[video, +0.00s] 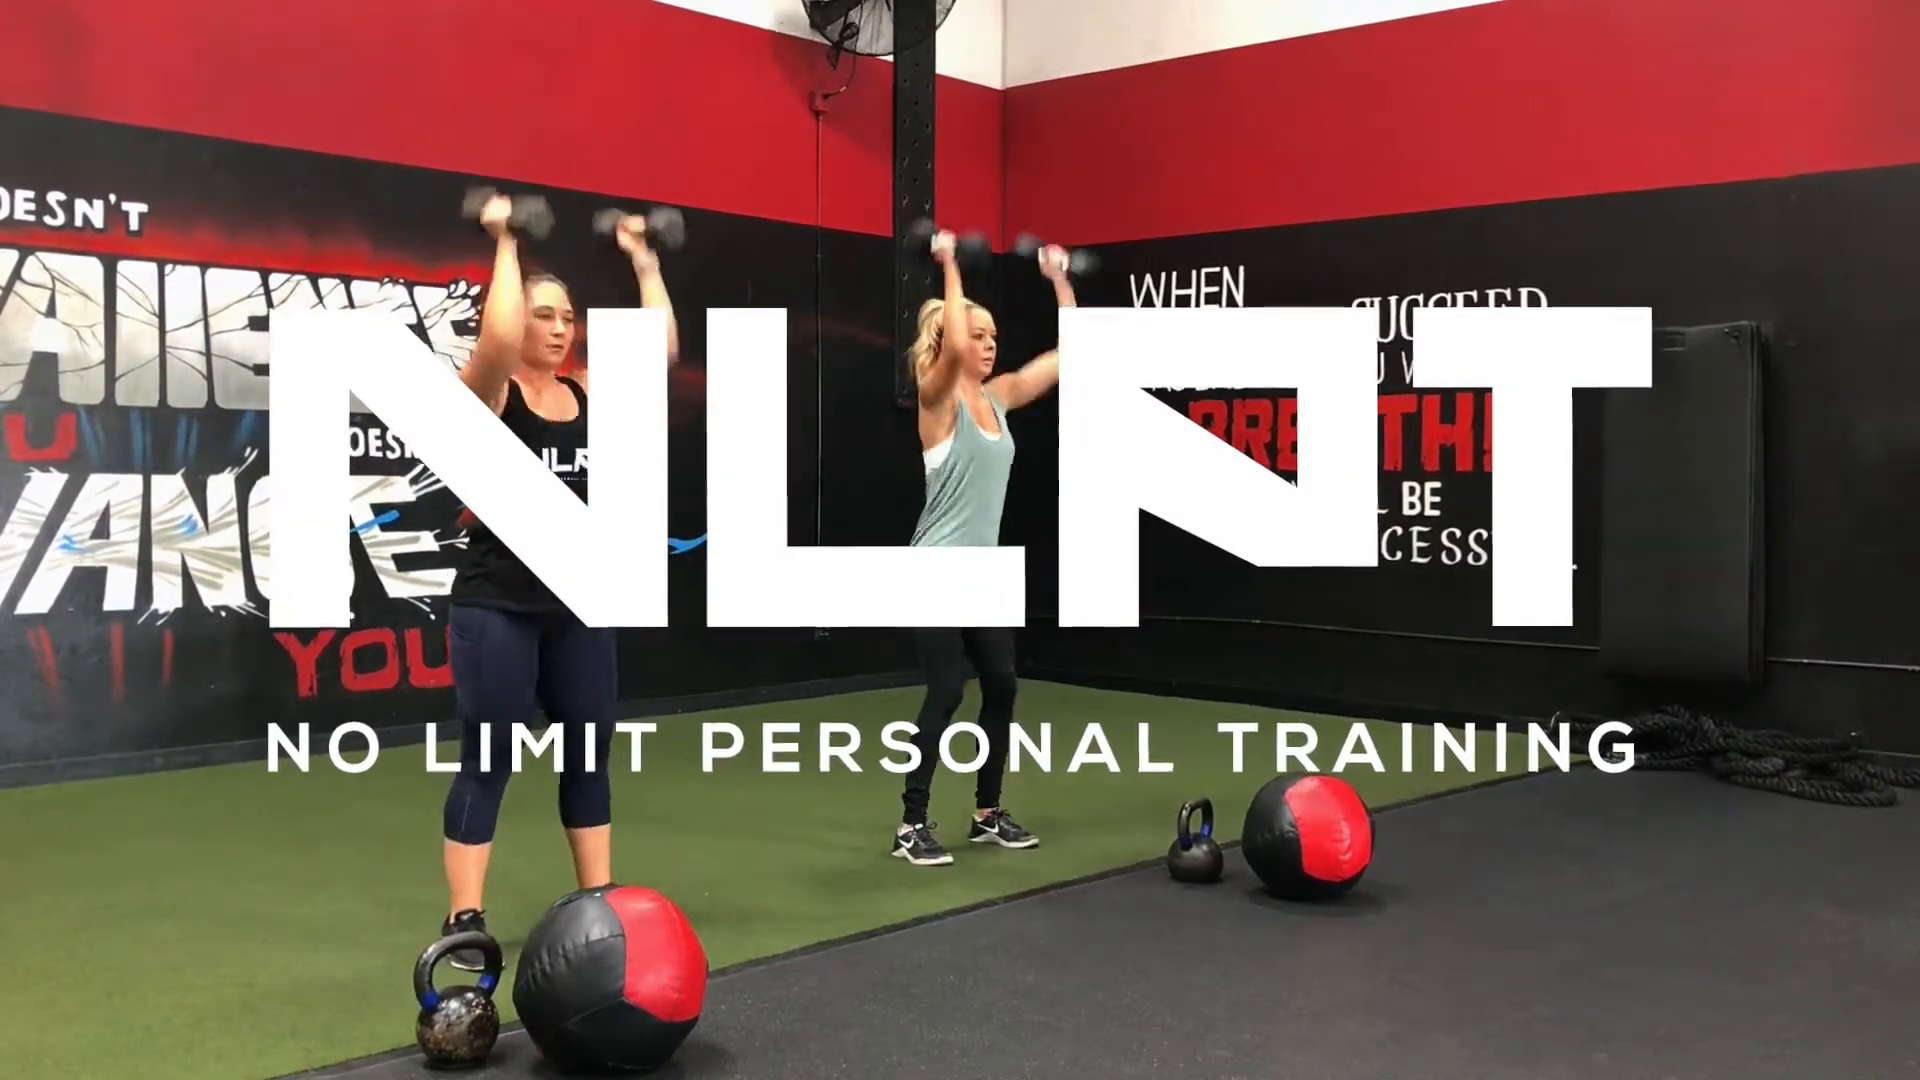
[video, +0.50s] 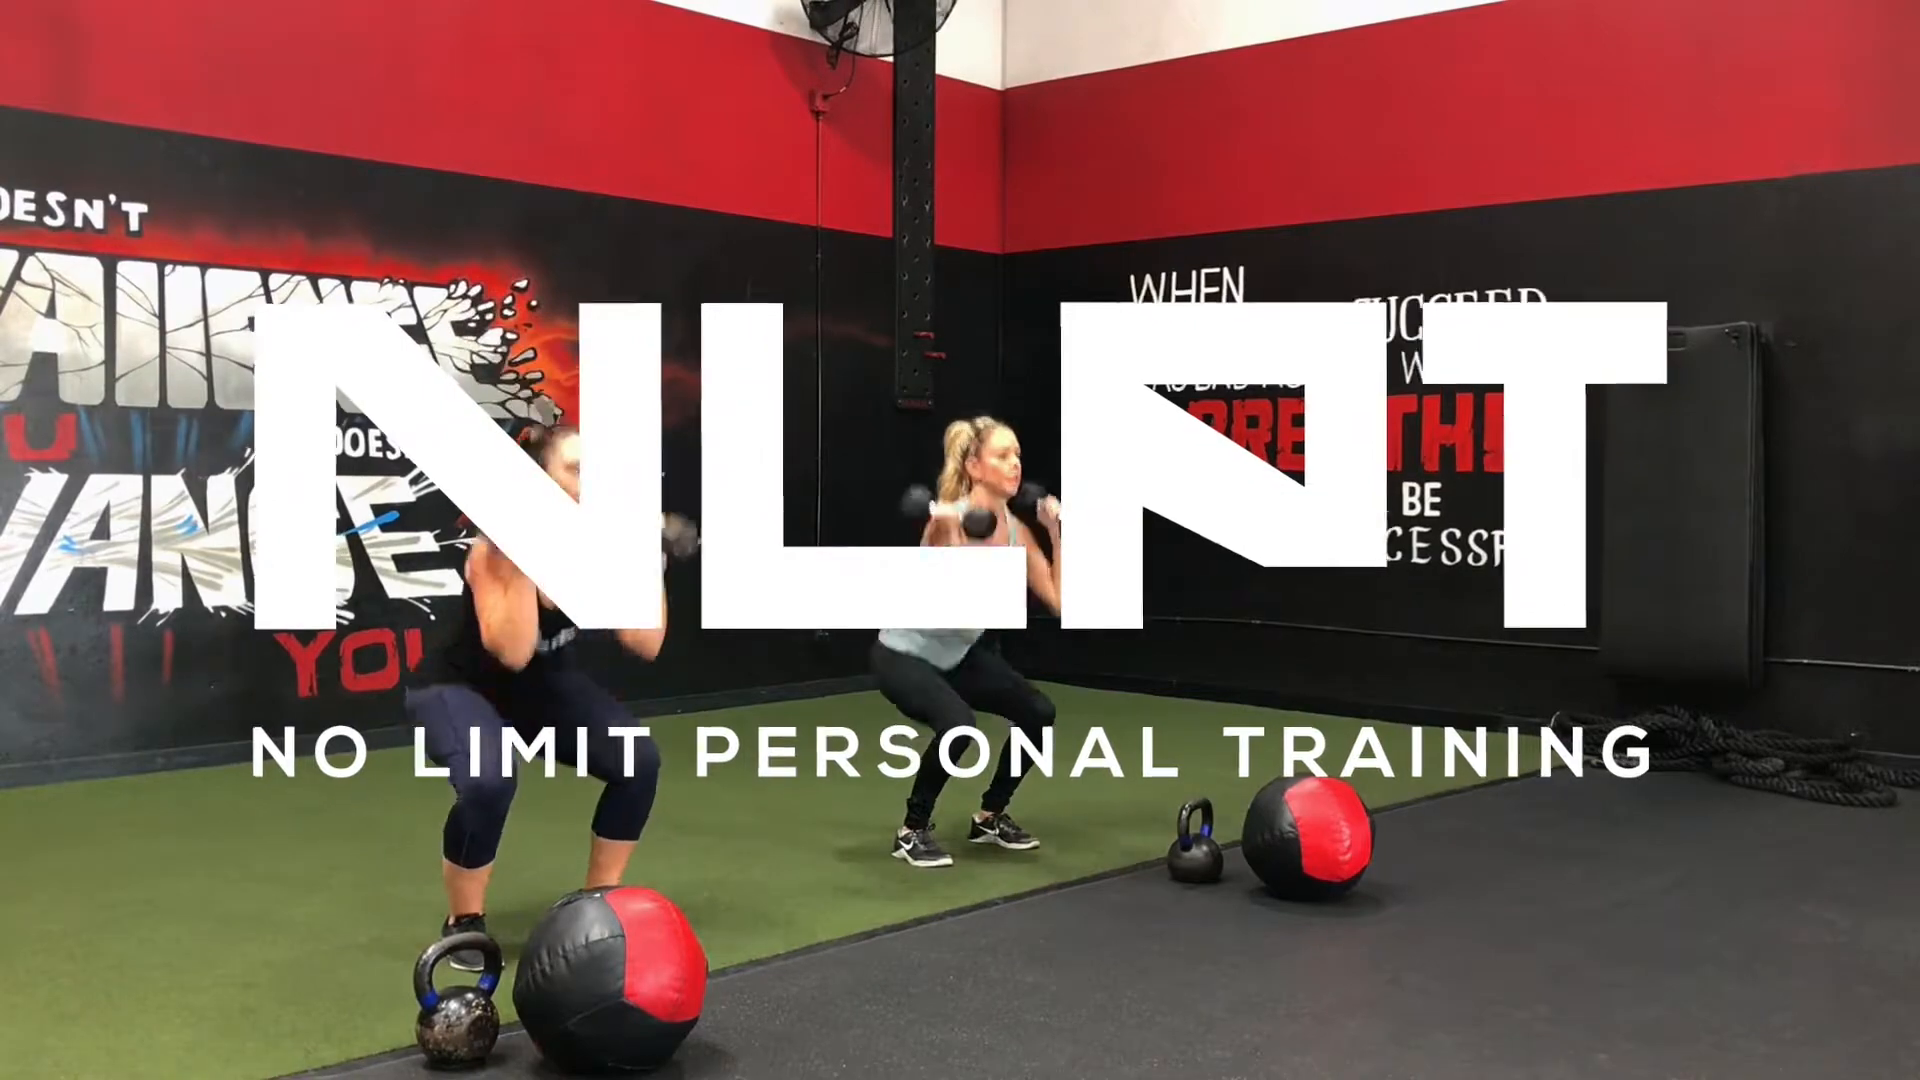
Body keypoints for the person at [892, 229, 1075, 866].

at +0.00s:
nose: (990, 344)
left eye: (992, 336)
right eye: (978, 335)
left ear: (993, 344)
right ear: (949, 344)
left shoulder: (998, 395)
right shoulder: (939, 401)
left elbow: (1069, 356)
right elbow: (956, 345)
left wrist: (1062, 285)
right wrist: (950, 267)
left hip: (990, 571)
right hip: (936, 570)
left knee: (1001, 686)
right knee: (946, 688)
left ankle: (989, 813)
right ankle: (914, 823)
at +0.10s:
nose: (1000, 387)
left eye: (1000, 378)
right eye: (990, 379)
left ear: (994, 387)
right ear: (964, 386)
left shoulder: (1003, 440)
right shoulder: (936, 435)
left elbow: (1066, 461)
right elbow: (952, 466)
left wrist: (1066, 398)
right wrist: (944, 390)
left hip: (973, 600)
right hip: (920, 600)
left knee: (1018, 694)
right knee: (956, 703)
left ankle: (988, 814)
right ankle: (914, 825)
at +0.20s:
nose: (1010, 452)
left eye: (1012, 442)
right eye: (999, 442)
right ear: (966, 450)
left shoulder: (1007, 510)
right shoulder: (943, 505)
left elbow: (1059, 581)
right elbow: (944, 576)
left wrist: (1059, 513)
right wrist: (949, 506)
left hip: (956, 644)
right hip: (903, 646)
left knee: (1034, 709)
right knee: (963, 722)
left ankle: (990, 816)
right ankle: (915, 829)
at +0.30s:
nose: (1019, 504)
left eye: (1019, 494)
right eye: (1006, 494)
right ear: (976, 506)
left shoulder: (1013, 567)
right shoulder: (949, 561)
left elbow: (1048, 648)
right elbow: (953, 654)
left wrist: (1054, 579)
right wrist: (951, 578)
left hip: (956, 683)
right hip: (897, 682)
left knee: (1038, 712)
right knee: (962, 729)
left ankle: (991, 817)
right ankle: (915, 830)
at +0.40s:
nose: (1019, 509)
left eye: (1020, 500)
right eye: (1007, 500)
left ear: (1024, 507)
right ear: (976, 512)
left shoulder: (1012, 571)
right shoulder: (946, 566)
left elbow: (1051, 652)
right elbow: (958, 665)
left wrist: (1056, 586)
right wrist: (950, 585)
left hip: (956, 686)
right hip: (896, 684)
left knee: (1040, 712)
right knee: (960, 728)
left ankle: (990, 816)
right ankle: (914, 831)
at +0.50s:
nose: (1016, 466)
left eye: (1017, 456)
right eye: (1003, 457)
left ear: (1020, 463)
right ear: (973, 467)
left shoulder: (1014, 529)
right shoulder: (947, 518)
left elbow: (1060, 603)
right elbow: (944, 585)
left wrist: (1058, 533)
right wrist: (953, 528)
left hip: (958, 656)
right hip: (902, 654)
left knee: (1039, 715)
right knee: (958, 726)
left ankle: (991, 816)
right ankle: (914, 830)